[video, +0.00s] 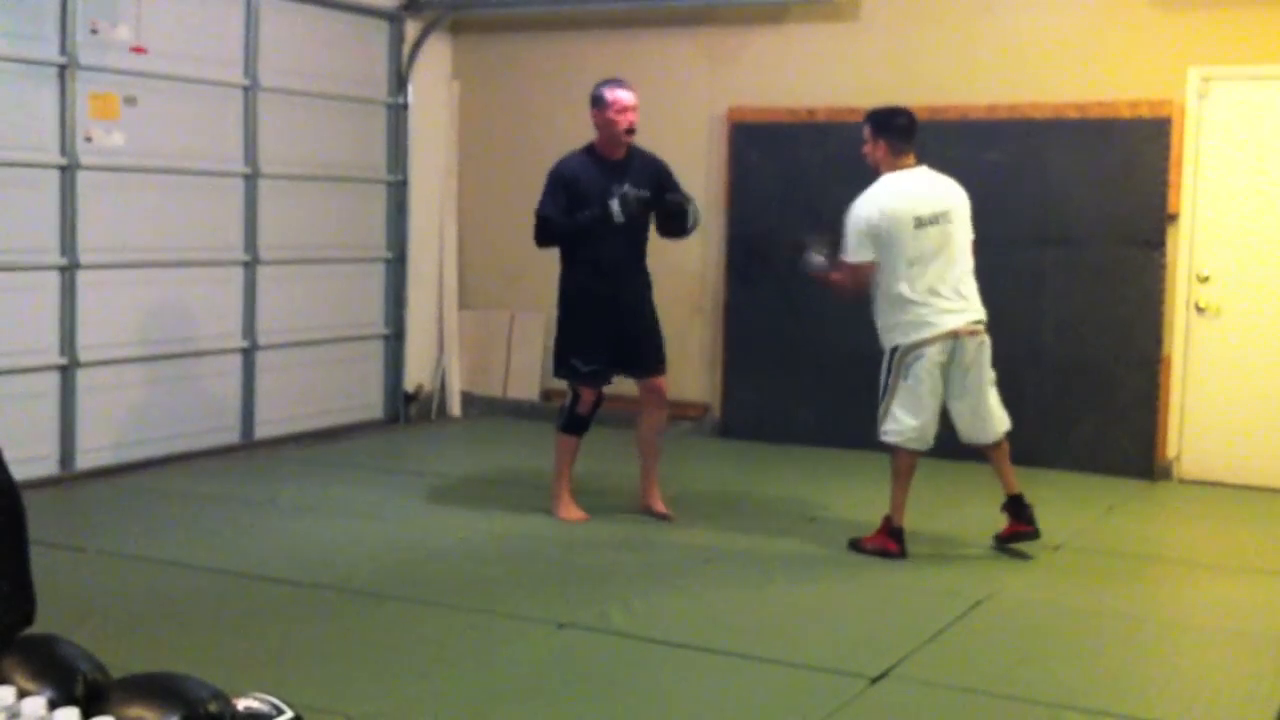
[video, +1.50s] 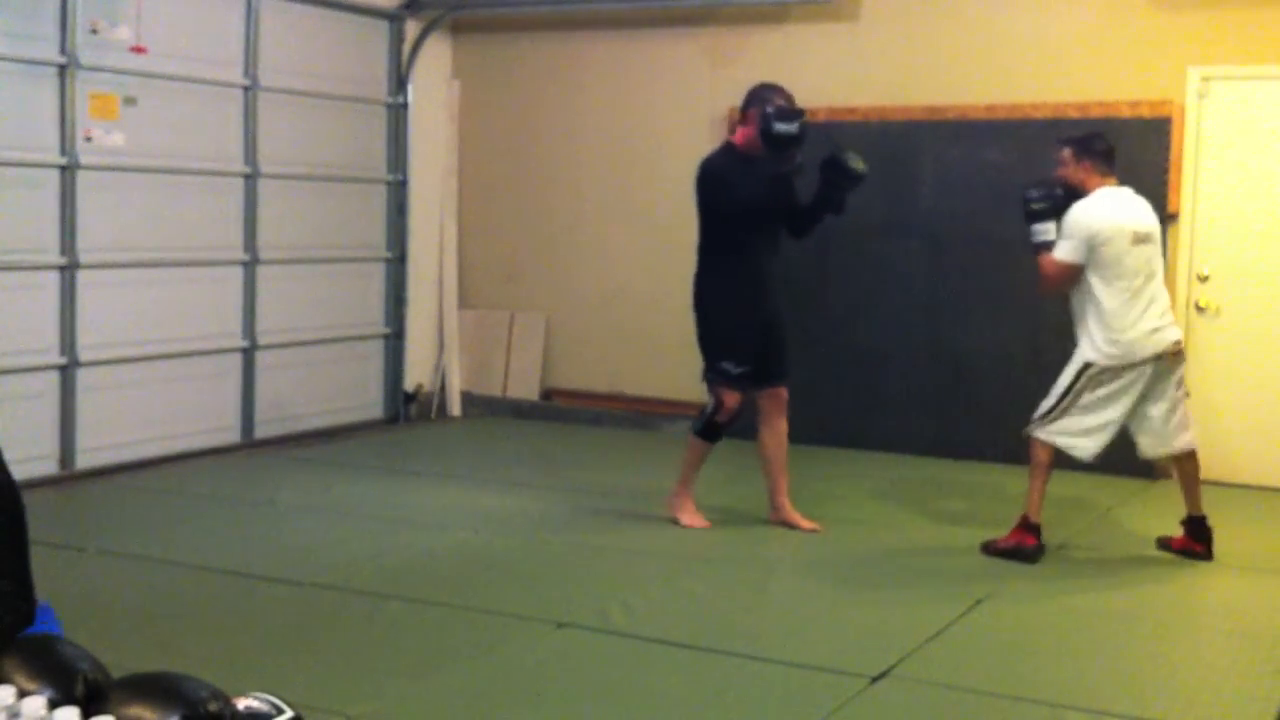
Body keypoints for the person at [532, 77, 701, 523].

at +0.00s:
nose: (630, 119)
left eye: (633, 110)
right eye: (620, 111)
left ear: (638, 114)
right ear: (596, 117)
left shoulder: (649, 168)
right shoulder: (570, 171)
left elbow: (673, 226)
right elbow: (544, 234)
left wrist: (676, 210)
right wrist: (602, 214)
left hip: (633, 296)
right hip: (585, 299)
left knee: (655, 391)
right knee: (585, 395)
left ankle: (650, 491)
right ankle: (562, 493)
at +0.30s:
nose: (668, 120)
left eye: (670, 111)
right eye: (659, 112)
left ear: (672, 117)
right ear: (633, 119)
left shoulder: (683, 174)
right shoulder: (605, 174)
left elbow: (702, 244)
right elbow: (572, 230)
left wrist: (688, 219)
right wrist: (634, 224)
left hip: (666, 304)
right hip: (617, 304)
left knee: (678, 397)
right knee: (605, 399)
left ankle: (690, 495)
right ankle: (565, 489)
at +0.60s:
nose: (690, 115)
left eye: (692, 106)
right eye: (681, 106)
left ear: (694, 111)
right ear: (655, 112)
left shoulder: (703, 167)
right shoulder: (631, 168)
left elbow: (733, 225)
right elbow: (636, 216)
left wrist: (763, 201)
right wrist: (678, 159)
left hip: (686, 296)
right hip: (641, 296)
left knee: (686, 396)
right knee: (646, 396)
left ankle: (691, 494)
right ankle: (618, 490)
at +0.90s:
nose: (700, 127)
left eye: (702, 119)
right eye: (693, 119)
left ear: (695, 122)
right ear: (666, 118)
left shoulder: (697, 168)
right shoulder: (640, 173)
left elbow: (705, 228)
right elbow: (656, 221)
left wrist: (740, 227)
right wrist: (701, 169)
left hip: (695, 298)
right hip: (650, 301)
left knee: (739, 382)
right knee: (652, 400)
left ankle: (733, 487)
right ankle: (621, 495)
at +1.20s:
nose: (745, 135)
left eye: (748, 126)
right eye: (737, 125)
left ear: (750, 127)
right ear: (713, 122)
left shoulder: (744, 174)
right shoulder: (686, 173)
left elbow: (781, 223)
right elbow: (702, 224)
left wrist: (804, 175)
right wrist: (745, 161)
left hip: (739, 303)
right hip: (692, 304)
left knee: (761, 397)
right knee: (683, 405)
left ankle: (779, 502)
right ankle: (627, 486)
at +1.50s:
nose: (777, 139)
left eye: (783, 130)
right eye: (771, 129)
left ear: (783, 127)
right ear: (749, 120)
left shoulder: (771, 168)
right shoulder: (717, 169)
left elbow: (797, 226)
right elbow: (744, 220)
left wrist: (832, 189)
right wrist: (777, 162)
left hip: (760, 291)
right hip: (720, 293)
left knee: (775, 396)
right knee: (728, 399)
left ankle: (780, 505)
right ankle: (681, 496)